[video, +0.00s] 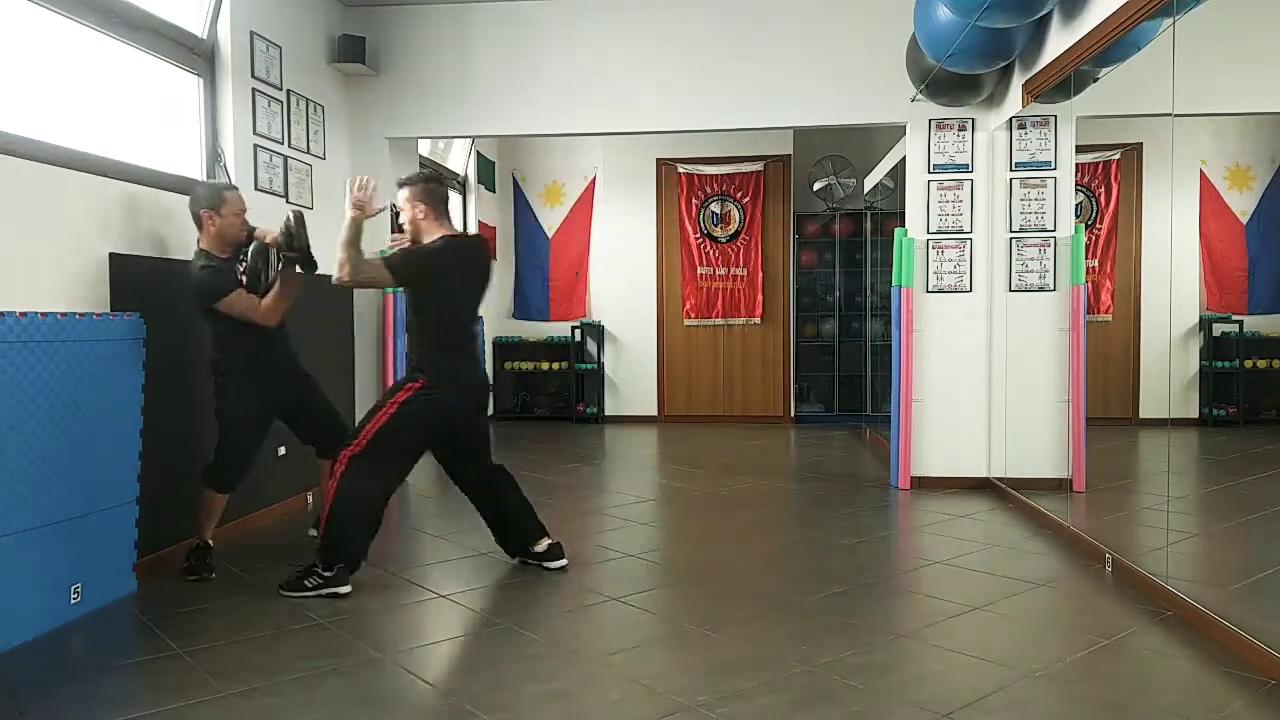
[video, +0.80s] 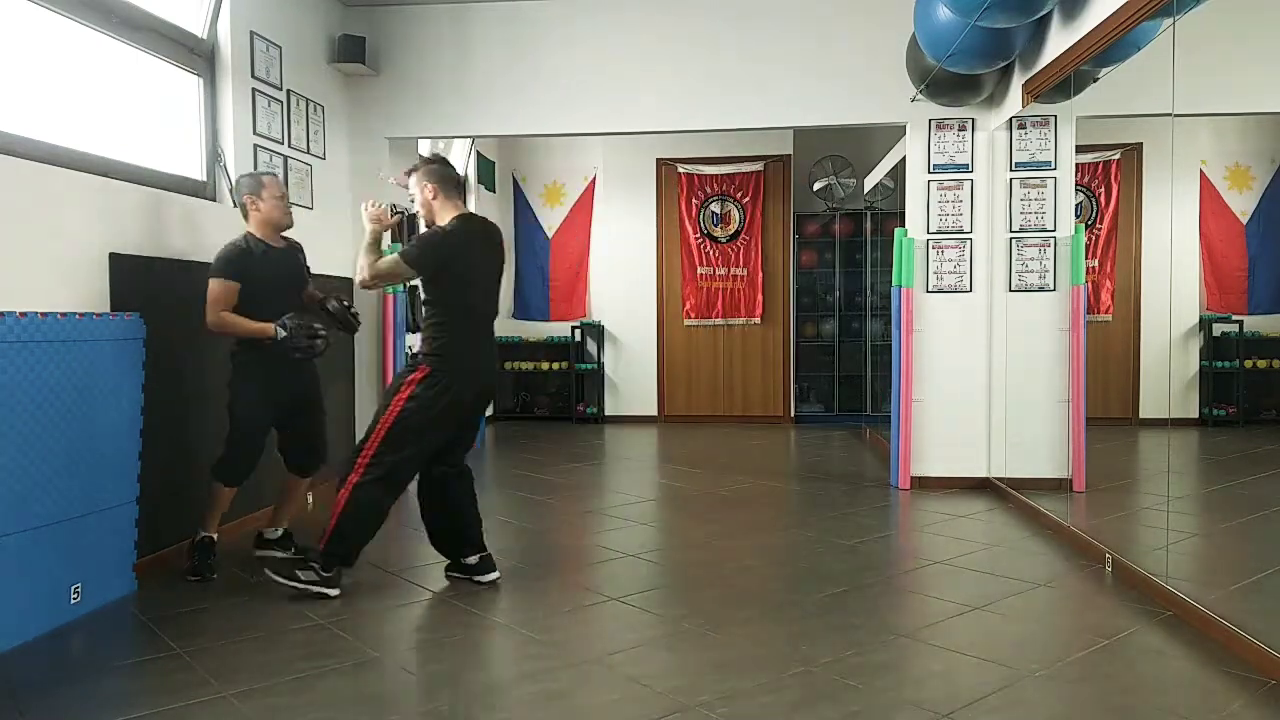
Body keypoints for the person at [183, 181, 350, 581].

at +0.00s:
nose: (245, 222)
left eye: (244, 214)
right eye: (238, 215)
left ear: (217, 218)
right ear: (209, 219)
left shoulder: (243, 245)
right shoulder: (204, 277)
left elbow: (288, 244)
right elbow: (268, 314)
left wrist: (277, 243)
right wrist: (290, 264)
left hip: (284, 374)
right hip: (242, 384)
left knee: (336, 440)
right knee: (227, 467)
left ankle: (327, 522)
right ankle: (203, 544)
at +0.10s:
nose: (237, 220)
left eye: (235, 213)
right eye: (229, 213)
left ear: (204, 219)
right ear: (199, 219)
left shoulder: (239, 256)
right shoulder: (197, 276)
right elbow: (268, 295)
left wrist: (277, 238)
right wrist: (288, 246)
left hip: (279, 373)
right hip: (238, 384)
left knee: (338, 440)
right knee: (227, 465)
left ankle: (335, 532)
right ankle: (201, 543)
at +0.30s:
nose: (222, 221)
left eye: (220, 214)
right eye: (213, 216)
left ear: (188, 220)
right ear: (182, 222)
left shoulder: (229, 240)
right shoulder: (172, 273)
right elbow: (205, 339)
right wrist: (233, 293)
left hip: (275, 368)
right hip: (231, 382)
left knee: (327, 438)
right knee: (220, 464)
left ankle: (325, 535)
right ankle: (201, 543)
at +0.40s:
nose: (220, 217)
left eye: (219, 210)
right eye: (211, 212)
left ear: (212, 212)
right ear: (181, 218)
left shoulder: (229, 240)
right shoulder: (175, 269)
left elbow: (268, 261)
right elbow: (191, 340)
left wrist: (223, 261)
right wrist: (228, 316)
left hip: (273, 364)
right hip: (227, 377)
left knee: (322, 435)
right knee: (220, 458)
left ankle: (327, 533)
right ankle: (201, 544)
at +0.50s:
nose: (228, 215)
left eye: (227, 207)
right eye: (219, 208)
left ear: (195, 212)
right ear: (188, 212)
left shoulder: (244, 248)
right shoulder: (178, 272)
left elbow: (287, 280)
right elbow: (188, 338)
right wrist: (235, 318)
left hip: (275, 366)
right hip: (228, 379)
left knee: (324, 435)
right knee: (219, 459)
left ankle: (326, 533)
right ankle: (201, 544)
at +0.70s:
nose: (264, 202)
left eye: (262, 196)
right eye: (254, 196)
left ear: (231, 201)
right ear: (225, 202)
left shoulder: (271, 246)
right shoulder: (210, 256)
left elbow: (285, 288)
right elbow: (203, 319)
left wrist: (312, 299)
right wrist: (264, 318)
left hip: (284, 362)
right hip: (238, 368)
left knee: (319, 441)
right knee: (225, 453)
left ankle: (287, 520)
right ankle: (202, 540)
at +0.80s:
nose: (289, 206)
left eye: (287, 199)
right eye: (280, 199)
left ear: (263, 204)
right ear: (252, 204)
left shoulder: (293, 251)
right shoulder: (234, 256)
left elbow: (303, 294)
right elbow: (216, 317)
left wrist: (326, 307)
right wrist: (276, 331)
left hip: (297, 369)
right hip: (253, 371)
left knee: (306, 456)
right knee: (240, 457)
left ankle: (276, 534)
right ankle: (207, 537)